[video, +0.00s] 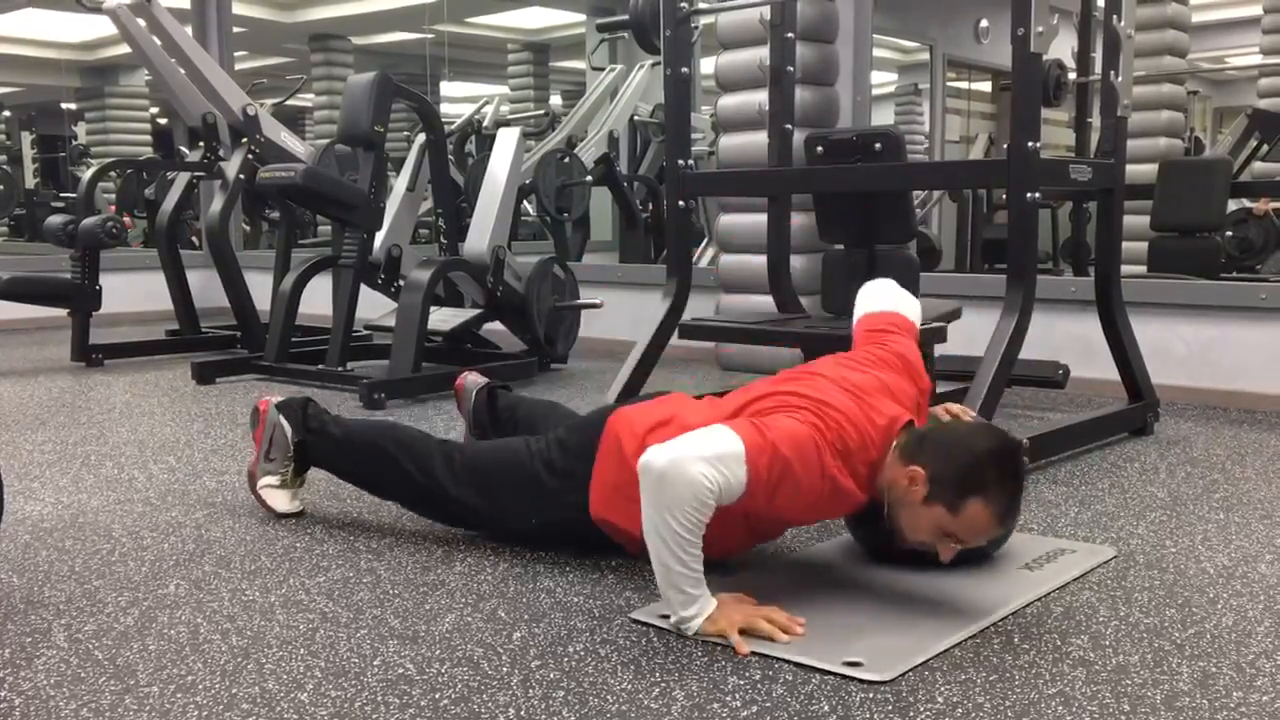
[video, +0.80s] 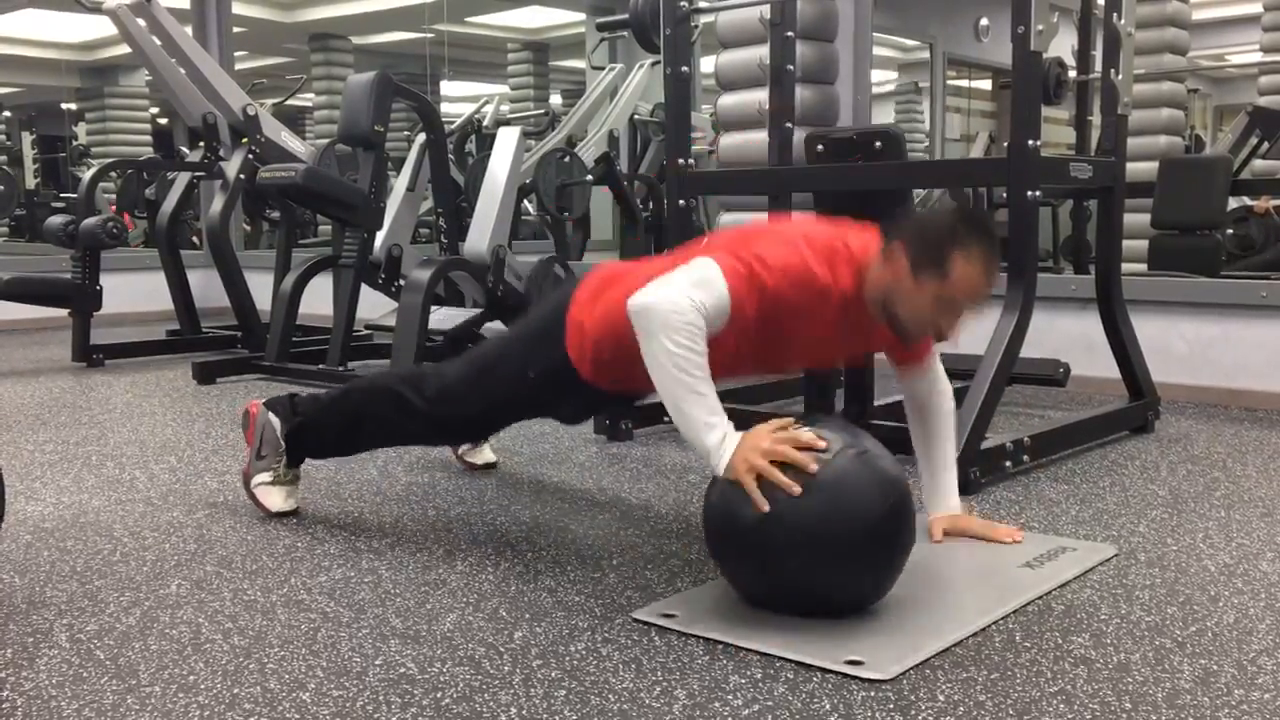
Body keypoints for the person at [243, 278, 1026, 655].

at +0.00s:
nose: (938, 552)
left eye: (958, 548)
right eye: (944, 538)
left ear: (946, 443)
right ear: (914, 479)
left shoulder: (899, 382)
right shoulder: (811, 458)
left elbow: (883, 288)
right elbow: (674, 476)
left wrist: (890, 428)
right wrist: (693, 604)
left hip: (661, 420)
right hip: (607, 471)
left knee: (567, 429)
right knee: (451, 475)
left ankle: (489, 399)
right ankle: (298, 425)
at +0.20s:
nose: (937, 463)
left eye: (955, 451)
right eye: (938, 445)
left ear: (927, 374)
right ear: (894, 398)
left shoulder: (887, 324)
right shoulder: (779, 406)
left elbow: (892, 285)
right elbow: (647, 474)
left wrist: (878, 413)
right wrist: (688, 605)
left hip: (646, 368)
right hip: (593, 424)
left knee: (525, 394)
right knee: (435, 454)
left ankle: (470, 387)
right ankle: (285, 429)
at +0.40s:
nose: (903, 281)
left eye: (917, 265)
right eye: (897, 259)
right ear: (842, 223)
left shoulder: (853, 236)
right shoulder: (745, 265)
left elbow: (865, 317)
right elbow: (684, 441)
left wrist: (860, 400)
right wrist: (693, 600)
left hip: (609, 330)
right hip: (555, 307)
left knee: (508, 388)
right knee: (425, 402)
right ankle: (270, 428)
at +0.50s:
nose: (893, 195)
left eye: (907, 180)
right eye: (886, 171)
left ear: (893, 162)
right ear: (832, 133)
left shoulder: (843, 184)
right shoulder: (743, 185)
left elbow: (844, 294)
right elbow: (709, 372)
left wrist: (816, 365)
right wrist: (742, 543)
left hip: (615, 301)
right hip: (561, 272)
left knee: (519, 376)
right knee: (430, 379)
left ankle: (463, 418)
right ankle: (275, 428)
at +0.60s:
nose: (904, 178)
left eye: (917, 164)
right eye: (899, 156)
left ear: (866, 130)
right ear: (844, 120)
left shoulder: (846, 170)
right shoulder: (753, 163)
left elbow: (842, 278)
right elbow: (668, 301)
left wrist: (819, 311)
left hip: (615, 306)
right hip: (558, 272)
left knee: (519, 379)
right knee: (432, 373)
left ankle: (461, 415)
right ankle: (278, 428)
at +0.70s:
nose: (922, 225)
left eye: (934, 211)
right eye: (917, 203)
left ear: (901, 182)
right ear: (865, 163)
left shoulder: (865, 217)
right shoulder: (768, 183)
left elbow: (873, 308)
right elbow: (651, 282)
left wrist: (882, 379)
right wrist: (766, 393)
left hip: (630, 325)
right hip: (566, 291)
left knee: (533, 386)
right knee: (436, 379)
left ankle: (462, 420)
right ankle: (279, 427)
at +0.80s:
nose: (954, 323)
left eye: (967, 308)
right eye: (948, 302)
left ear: (938, 281)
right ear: (897, 266)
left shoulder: (904, 294)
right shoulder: (798, 268)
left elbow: (929, 393)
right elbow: (663, 311)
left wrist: (942, 502)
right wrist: (725, 443)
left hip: (632, 343)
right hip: (578, 338)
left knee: (510, 381)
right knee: (441, 397)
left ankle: (459, 428)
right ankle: (281, 426)